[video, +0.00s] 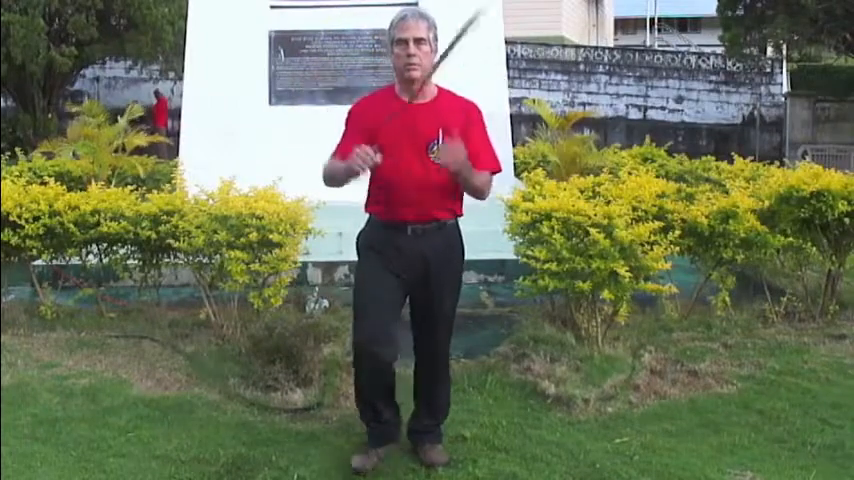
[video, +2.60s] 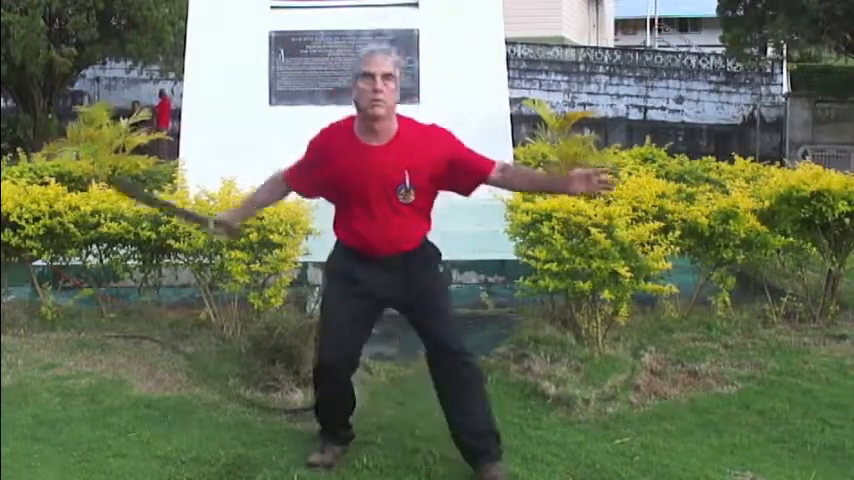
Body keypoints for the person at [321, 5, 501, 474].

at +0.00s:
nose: (411, 53)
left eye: (420, 43)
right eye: (401, 44)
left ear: (435, 50)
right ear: (390, 52)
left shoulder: (464, 112)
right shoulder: (367, 110)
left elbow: (483, 188)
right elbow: (330, 175)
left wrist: (463, 169)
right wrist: (350, 165)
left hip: (440, 242)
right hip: (381, 241)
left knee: (433, 346)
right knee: (370, 344)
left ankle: (428, 436)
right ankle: (380, 436)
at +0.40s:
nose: (392, 58)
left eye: (402, 49)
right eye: (382, 50)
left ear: (417, 57)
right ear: (370, 60)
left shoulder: (448, 121)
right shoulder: (347, 122)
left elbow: (462, 202)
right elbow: (333, 203)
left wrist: (417, 228)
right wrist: (374, 222)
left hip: (430, 259)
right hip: (369, 260)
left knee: (427, 356)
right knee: (369, 366)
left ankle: (427, 437)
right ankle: (370, 472)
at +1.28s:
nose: (383, 67)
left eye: (394, 57)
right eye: (373, 58)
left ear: (409, 63)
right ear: (361, 64)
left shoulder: (439, 125)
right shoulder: (338, 124)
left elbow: (464, 202)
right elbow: (308, 202)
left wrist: (435, 204)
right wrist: (333, 212)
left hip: (420, 264)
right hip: (358, 265)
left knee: (427, 360)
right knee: (354, 370)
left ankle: (425, 438)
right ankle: (365, 472)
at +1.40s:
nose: (396, 64)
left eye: (406, 55)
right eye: (386, 56)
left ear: (422, 61)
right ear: (375, 62)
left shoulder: (449, 123)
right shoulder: (348, 121)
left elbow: (487, 186)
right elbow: (306, 189)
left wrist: (470, 154)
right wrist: (322, 174)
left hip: (427, 261)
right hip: (366, 262)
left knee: (439, 357)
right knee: (361, 367)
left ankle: (426, 438)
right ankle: (366, 471)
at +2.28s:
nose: (375, 48)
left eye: (384, 40)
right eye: (366, 41)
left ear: (401, 50)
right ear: (355, 50)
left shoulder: (428, 109)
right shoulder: (333, 105)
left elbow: (475, 174)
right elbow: (299, 151)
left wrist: (446, 157)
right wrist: (258, 152)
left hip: (406, 241)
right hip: (347, 240)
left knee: (422, 343)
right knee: (335, 341)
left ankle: (427, 437)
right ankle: (333, 434)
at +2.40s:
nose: (365, 61)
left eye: (375, 52)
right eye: (357, 52)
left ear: (393, 62)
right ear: (347, 61)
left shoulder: (421, 119)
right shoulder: (328, 115)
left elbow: (467, 161)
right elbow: (289, 156)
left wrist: (490, 170)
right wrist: (235, 174)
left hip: (405, 247)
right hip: (344, 247)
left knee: (428, 340)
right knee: (333, 343)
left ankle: (434, 435)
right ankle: (333, 435)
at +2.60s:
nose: (376, 87)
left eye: (386, 79)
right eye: (367, 79)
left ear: (398, 89)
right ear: (354, 89)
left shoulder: (432, 143)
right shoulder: (330, 145)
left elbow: (502, 173)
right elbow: (286, 182)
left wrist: (563, 182)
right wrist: (237, 214)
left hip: (415, 265)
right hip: (352, 267)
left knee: (450, 352)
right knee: (331, 361)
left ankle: (487, 462)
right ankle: (333, 436)